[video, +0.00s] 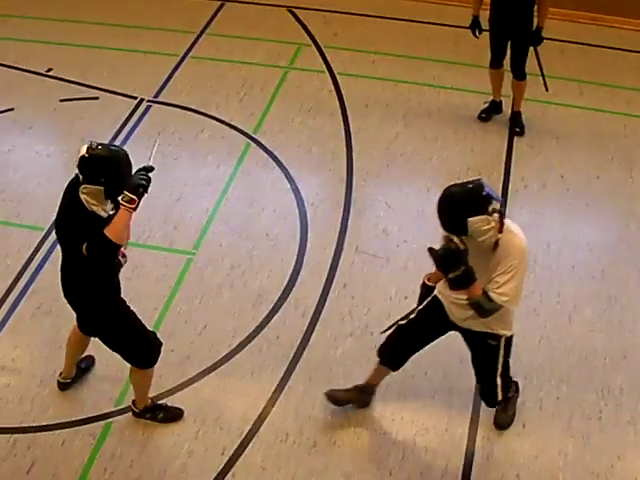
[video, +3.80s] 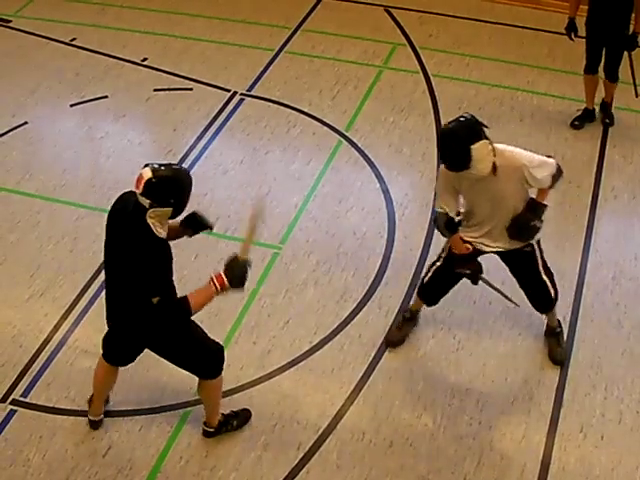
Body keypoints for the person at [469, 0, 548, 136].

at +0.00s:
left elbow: (543, 2)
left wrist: (539, 28)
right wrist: (475, 16)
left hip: (523, 24)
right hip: (498, 21)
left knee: (518, 70)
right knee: (495, 62)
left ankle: (516, 113)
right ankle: (496, 102)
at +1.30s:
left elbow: (560, 1)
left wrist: (556, 26)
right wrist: (493, 13)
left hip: (540, 22)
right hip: (515, 19)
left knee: (535, 68)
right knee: (512, 60)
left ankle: (532, 111)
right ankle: (512, 99)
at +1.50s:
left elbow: (576, 2)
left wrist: (572, 28)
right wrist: (509, 14)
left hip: (556, 23)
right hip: (531, 20)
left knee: (550, 69)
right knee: (527, 62)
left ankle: (547, 113)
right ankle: (526, 101)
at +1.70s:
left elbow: (592, 4)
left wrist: (588, 31)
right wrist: (523, 17)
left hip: (571, 26)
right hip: (546, 22)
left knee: (565, 73)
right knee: (542, 65)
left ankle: (561, 116)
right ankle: (541, 104)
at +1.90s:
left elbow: (609, 6)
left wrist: (604, 34)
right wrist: (540, 20)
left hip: (587, 30)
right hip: (562, 26)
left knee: (581, 75)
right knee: (558, 68)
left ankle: (577, 119)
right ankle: (557, 107)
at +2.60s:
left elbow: (628, 6)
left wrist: (621, 37)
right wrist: (557, 21)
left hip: (605, 31)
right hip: (580, 27)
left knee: (598, 77)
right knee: (576, 70)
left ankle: (595, 121)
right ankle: (574, 109)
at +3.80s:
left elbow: (637, 7)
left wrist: (636, 32)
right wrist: (571, 18)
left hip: (619, 27)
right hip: (595, 23)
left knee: (611, 71)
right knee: (590, 67)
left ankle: (607, 106)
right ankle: (589, 109)